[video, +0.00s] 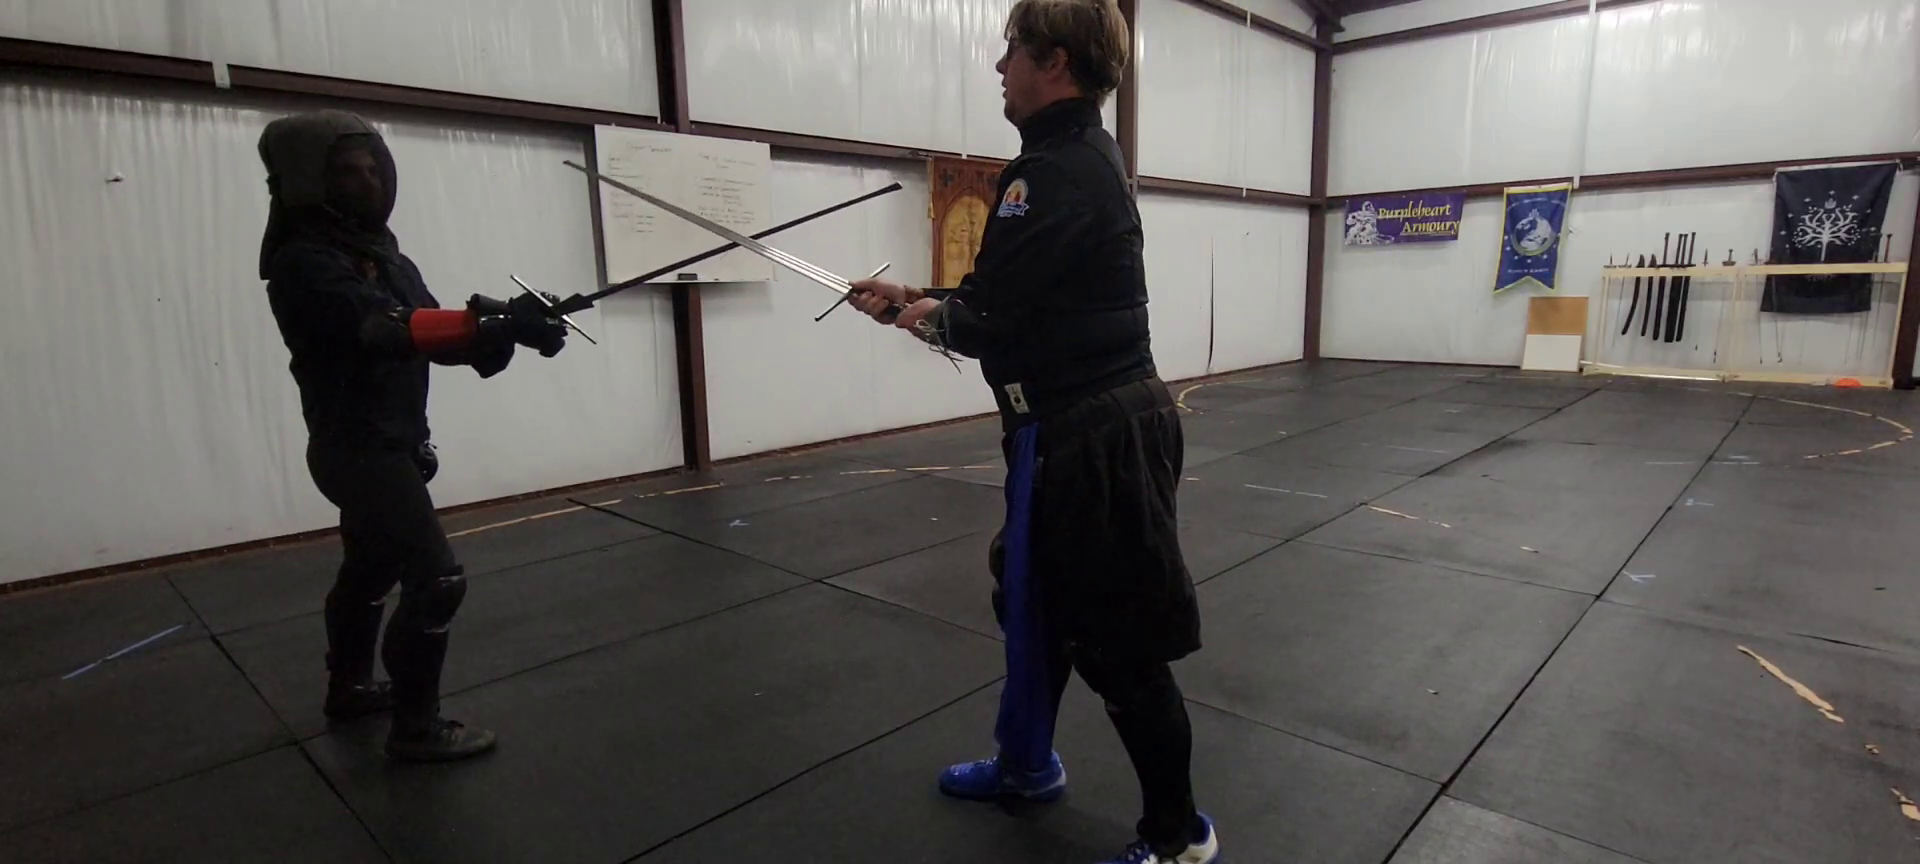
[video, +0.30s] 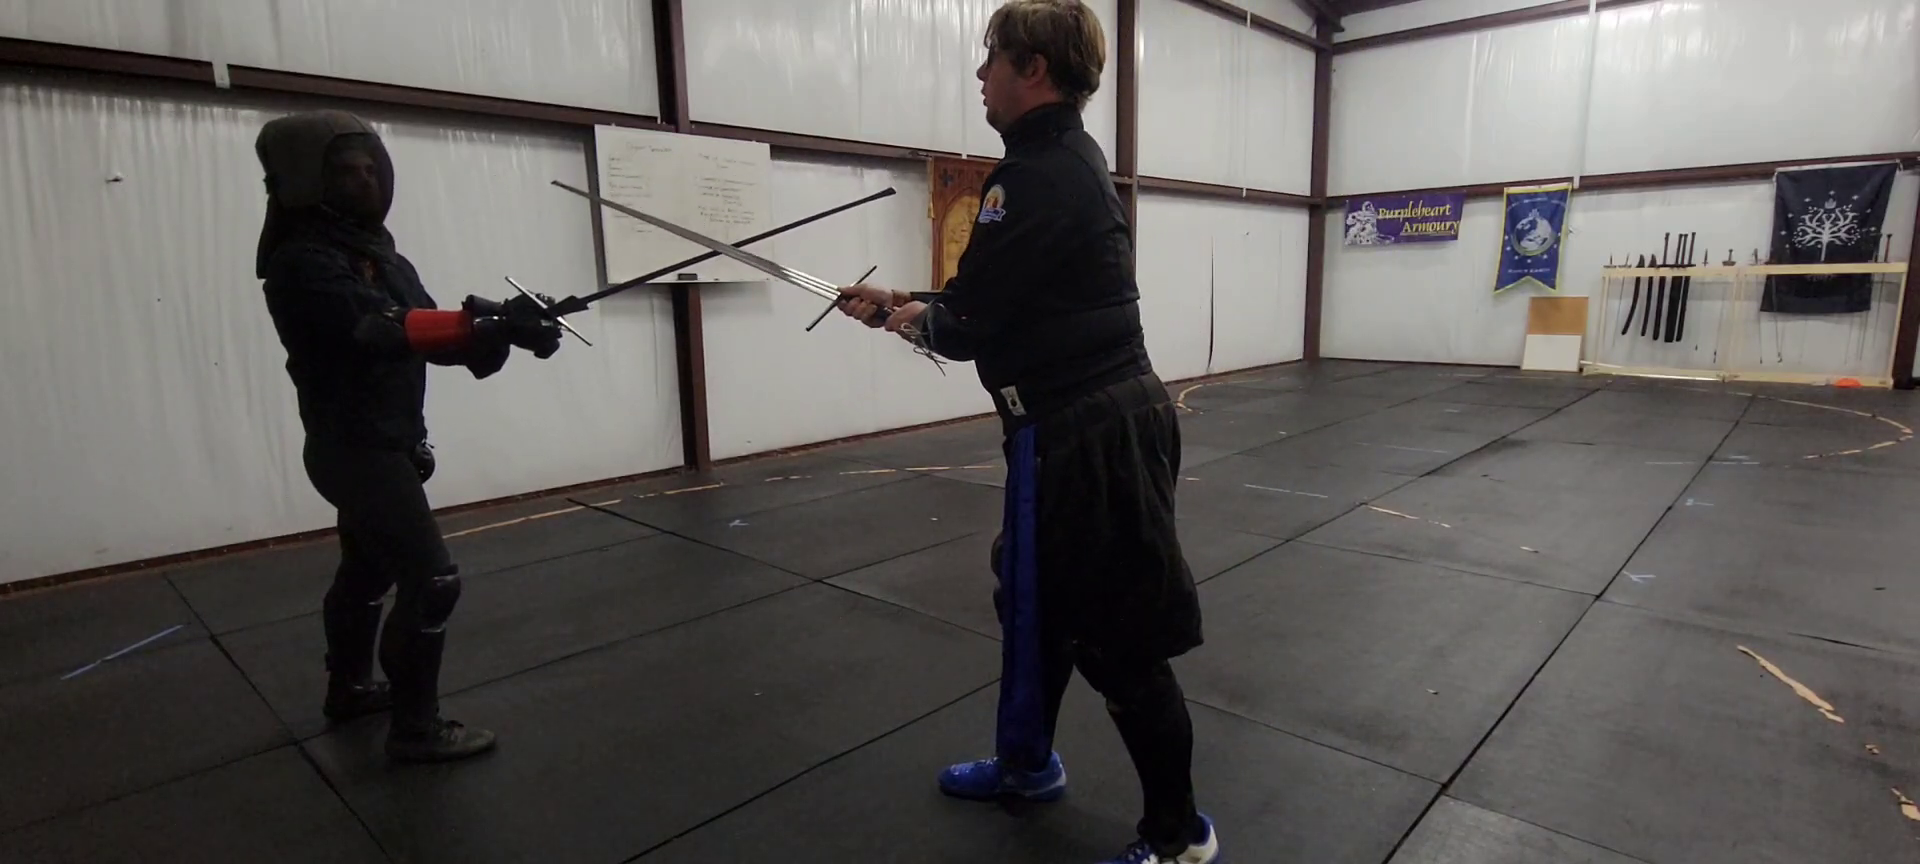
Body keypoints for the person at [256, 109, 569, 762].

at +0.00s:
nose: (368, 182)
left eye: (376, 169)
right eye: (350, 171)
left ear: (389, 177)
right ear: (315, 183)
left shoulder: (383, 255)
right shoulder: (304, 259)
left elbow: (422, 334)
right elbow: (376, 329)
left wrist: (490, 339)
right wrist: (489, 322)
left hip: (394, 446)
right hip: (358, 452)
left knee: (368, 574)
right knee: (435, 582)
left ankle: (350, 690)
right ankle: (415, 728)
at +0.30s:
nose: (366, 180)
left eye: (374, 167)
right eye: (348, 169)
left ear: (386, 176)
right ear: (311, 181)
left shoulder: (374, 250)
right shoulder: (301, 259)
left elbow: (416, 329)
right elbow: (372, 330)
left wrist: (485, 339)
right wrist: (484, 322)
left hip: (390, 446)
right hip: (356, 452)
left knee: (364, 574)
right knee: (430, 585)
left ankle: (349, 690)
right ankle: (416, 729)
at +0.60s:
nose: (363, 182)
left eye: (371, 168)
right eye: (345, 170)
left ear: (382, 175)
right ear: (308, 181)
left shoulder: (372, 251)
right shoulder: (296, 259)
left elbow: (413, 327)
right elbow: (365, 327)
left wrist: (480, 340)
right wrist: (477, 323)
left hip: (387, 444)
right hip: (352, 450)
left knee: (363, 574)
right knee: (423, 583)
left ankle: (349, 690)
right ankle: (416, 728)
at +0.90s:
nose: (359, 183)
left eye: (366, 170)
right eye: (342, 172)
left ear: (379, 178)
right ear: (308, 182)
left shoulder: (367, 248)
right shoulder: (293, 258)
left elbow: (409, 321)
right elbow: (362, 328)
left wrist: (472, 342)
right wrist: (479, 323)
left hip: (388, 444)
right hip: (352, 450)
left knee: (362, 573)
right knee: (423, 584)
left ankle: (349, 691)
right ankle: (415, 727)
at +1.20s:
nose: (358, 184)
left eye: (365, 170)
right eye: (340, 172)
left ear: (378, 178)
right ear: (307, 182)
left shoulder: (371, 252)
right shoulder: (293, 257)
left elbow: (409, 331)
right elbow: (358, 328)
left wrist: (472, 343)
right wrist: (474, 321)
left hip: (389, 444)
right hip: (351, 450)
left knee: (362, 574)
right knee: (422, 583)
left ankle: (349, 690)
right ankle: (415, 728)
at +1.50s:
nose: (359, 183)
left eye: (368, 170)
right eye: (342, 171)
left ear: (381, 177)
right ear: (311, 181)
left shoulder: (362, 249)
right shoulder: (302, 256)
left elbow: (406, 335)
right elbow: (386, 319)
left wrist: (488, 333)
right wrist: (502, 318)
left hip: (383, 442)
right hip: (354, 448)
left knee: (362, 574)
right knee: (423, 582)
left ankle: (350, 690)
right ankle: (415, 728)